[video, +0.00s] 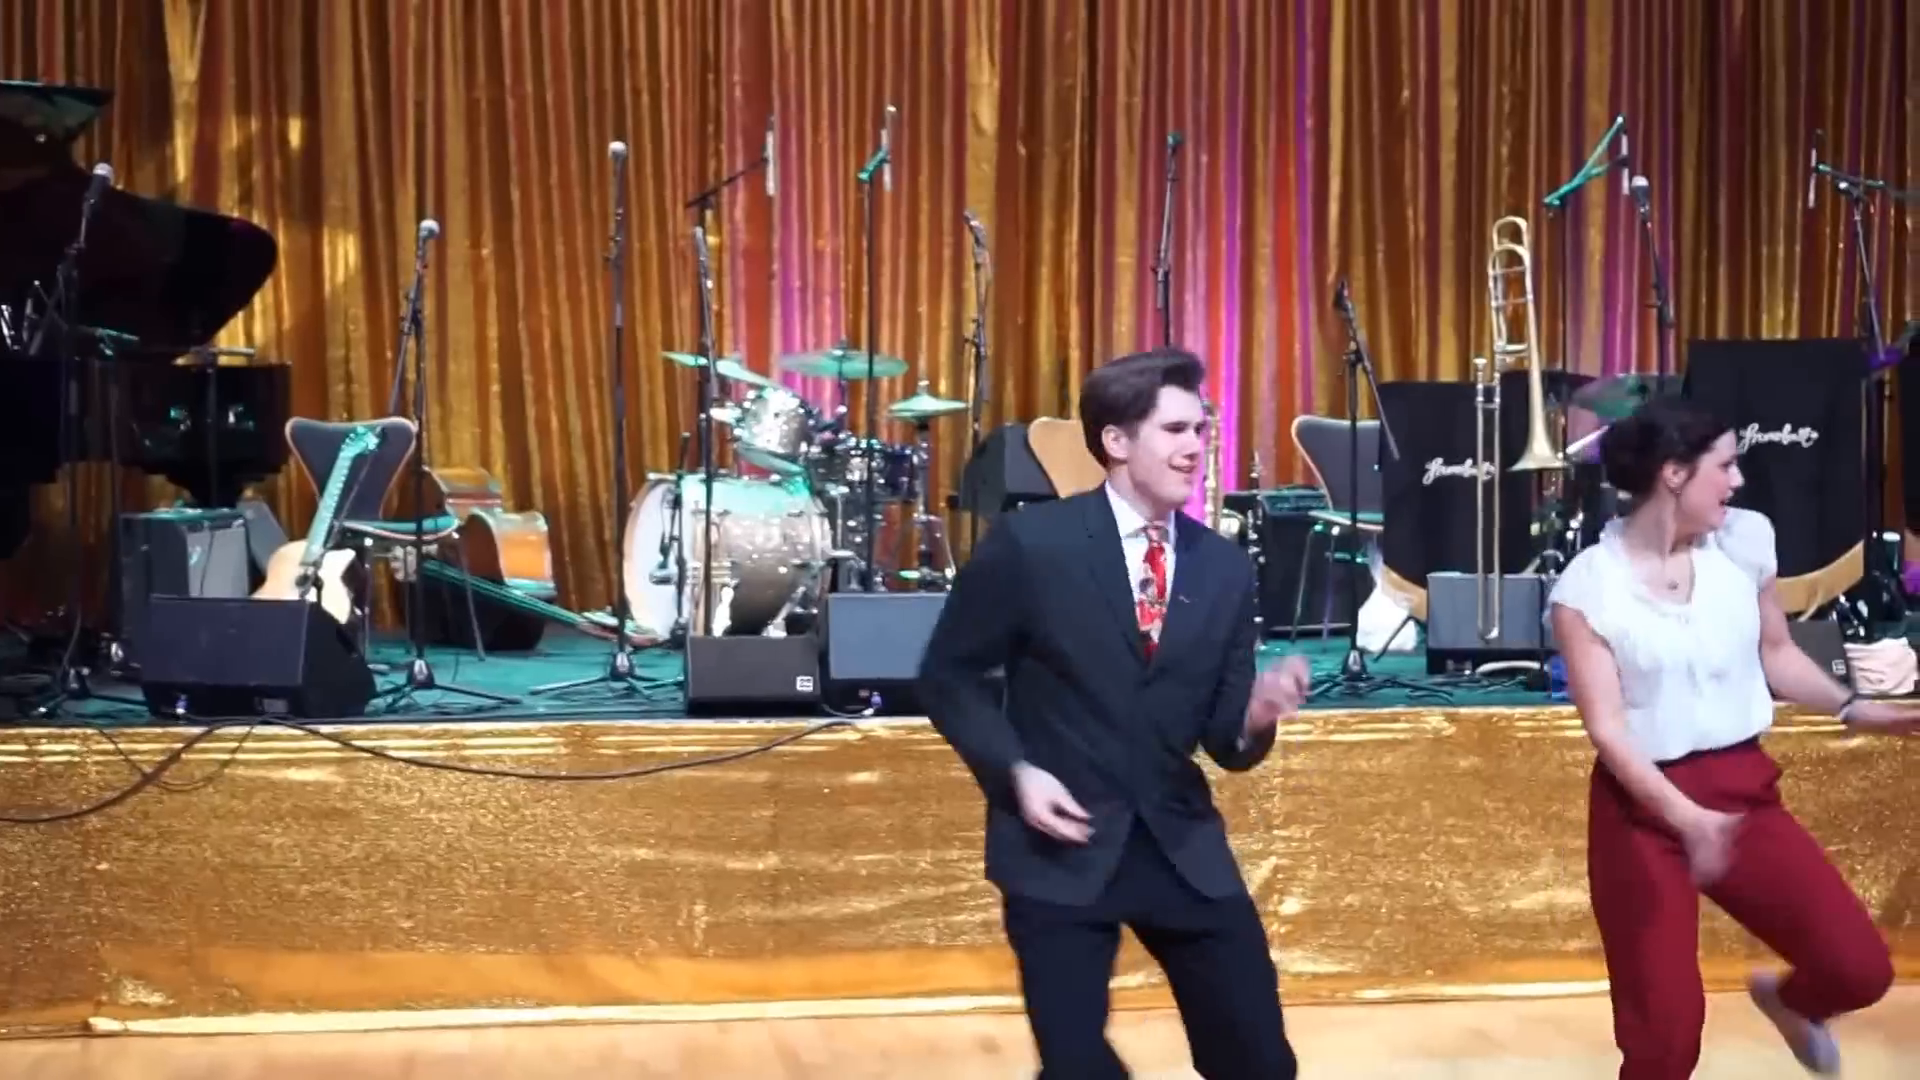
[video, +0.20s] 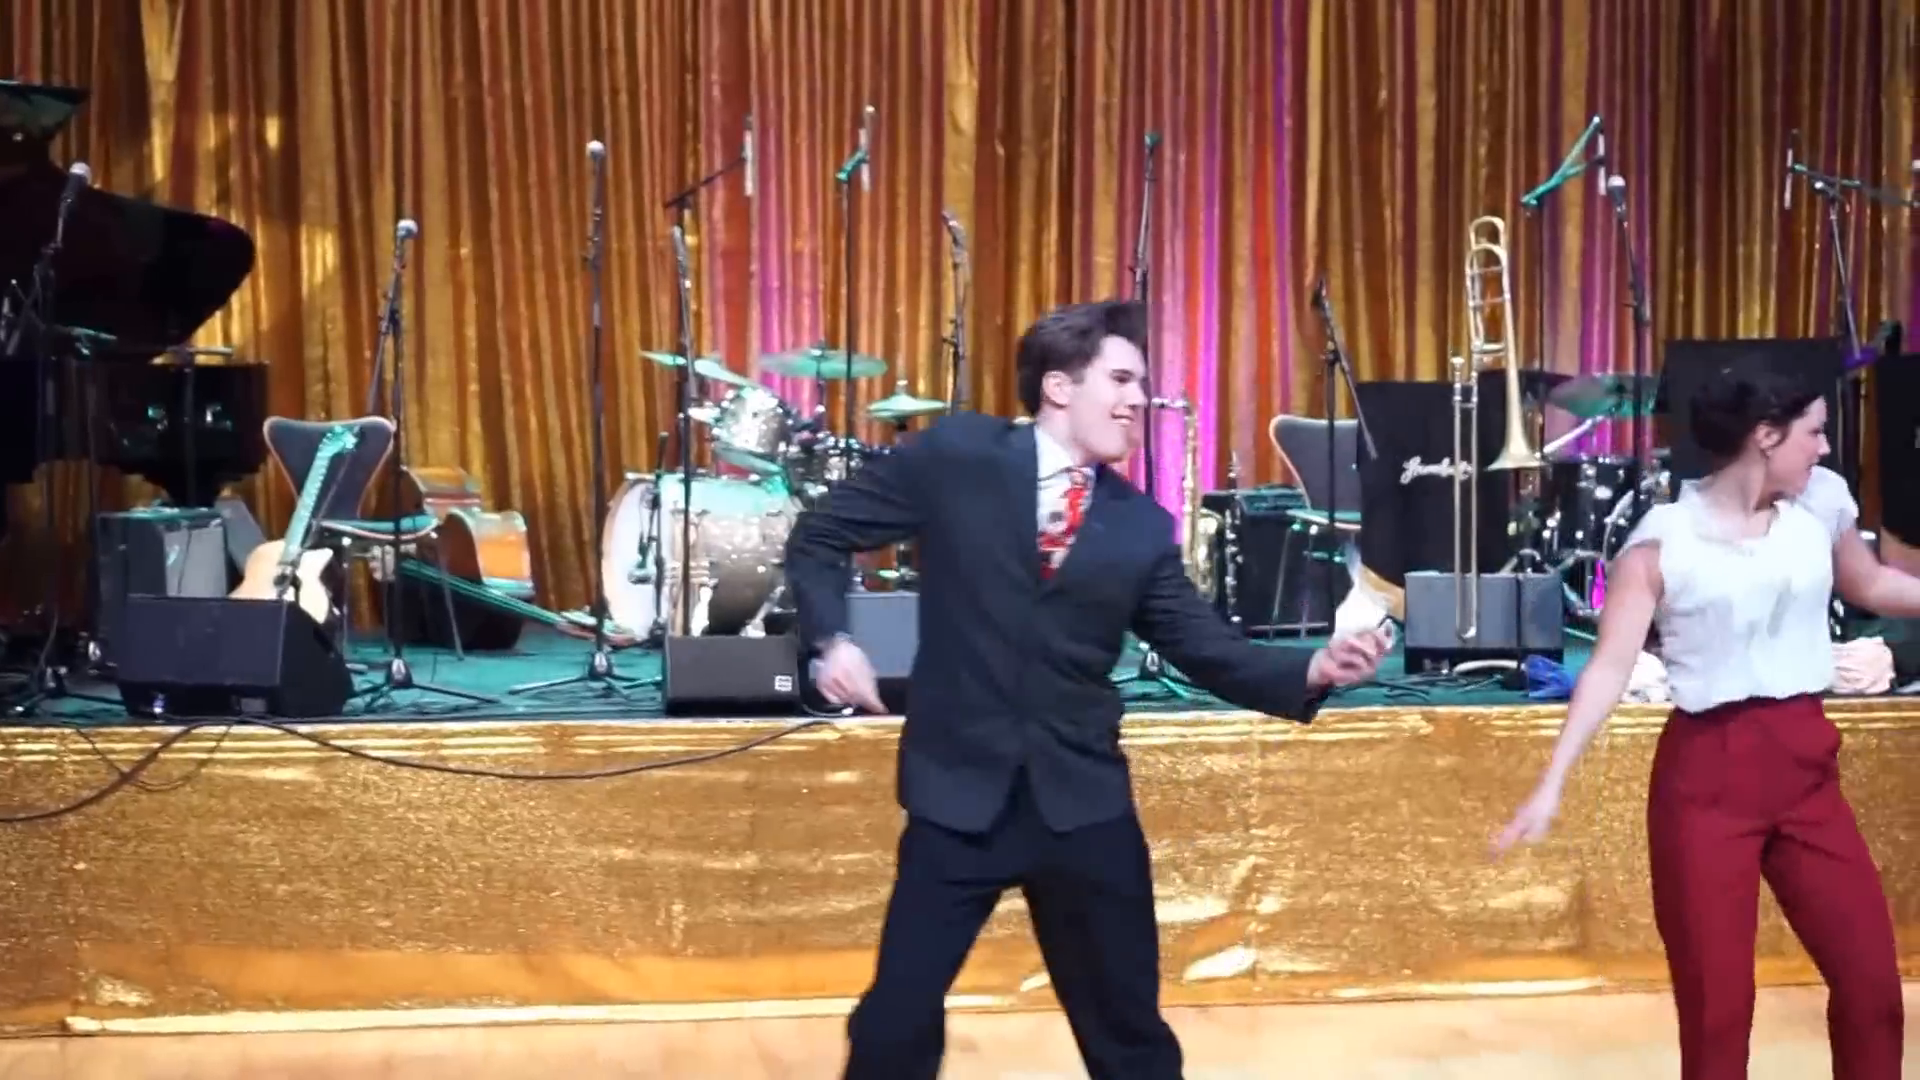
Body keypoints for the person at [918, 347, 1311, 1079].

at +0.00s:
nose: (1194, 447)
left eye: (1201, 429)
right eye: (1175, 428)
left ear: (1210, 438)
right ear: (1115, 444)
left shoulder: (1225, 567)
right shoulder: (1027, 546)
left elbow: (1228, 742)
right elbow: (947, 674)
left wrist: (1257, 721)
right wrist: (1015, 772)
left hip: (1181, 844)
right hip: (1056, 846)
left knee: (1257, 1059)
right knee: (1073, 1061)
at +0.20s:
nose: (1138, 401)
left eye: (1141, 384)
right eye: (1120, 379)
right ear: (1056, 389)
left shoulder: (1138, 528)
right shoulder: (955, 457)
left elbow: (1204, 644)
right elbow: (819, 537)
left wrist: (1314, 669)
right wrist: (832, 641)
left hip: (1083, 799)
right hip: (957, 791)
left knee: (1128, 1039)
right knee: (893, 1028)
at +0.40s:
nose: (996, 432)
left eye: (996, 414)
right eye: (976, 414)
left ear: (983, 427)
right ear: (908, 430)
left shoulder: (1024, 541)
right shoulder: (812, 510)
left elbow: (1126, 658)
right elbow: (650, 549)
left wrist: (1251, 757)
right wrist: (659, 600)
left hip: (985, 830)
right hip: (851, 831)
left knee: (1066, 1045)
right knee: (798, 1051)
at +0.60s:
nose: (846, 528)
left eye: (842, 505)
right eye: (819, 524)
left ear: (848, 494)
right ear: (766, 553)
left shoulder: (930, 578)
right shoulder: (721, 643)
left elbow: (1015, 697)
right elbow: (685, 809)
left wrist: (1109, 807)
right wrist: (653, 746)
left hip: (917, 851)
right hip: (792, 853)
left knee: (859, 1066)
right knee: (754, 1067)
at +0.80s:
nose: (895, 377)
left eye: (891, 358)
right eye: (871, 365)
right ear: (814, 397)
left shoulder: (942, 469)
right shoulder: (730, 522)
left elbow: (1010, 615)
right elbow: (733, 695)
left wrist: (1069, 747)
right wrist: (752, 853)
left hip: (930, 798)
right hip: (798, 804)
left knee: (952, 1047)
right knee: (746, 1051)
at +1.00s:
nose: (973, 367)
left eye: (968, 349)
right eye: (953, 349)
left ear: (916, 377)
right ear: (897, 377)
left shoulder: (998, 498)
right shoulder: (810, 486)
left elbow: (1060, 607)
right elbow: (727, 644)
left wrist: (1115, 665)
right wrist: (787, 788)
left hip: (957, 825)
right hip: (835, 822)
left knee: (998, 1060)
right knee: (762, 1060)